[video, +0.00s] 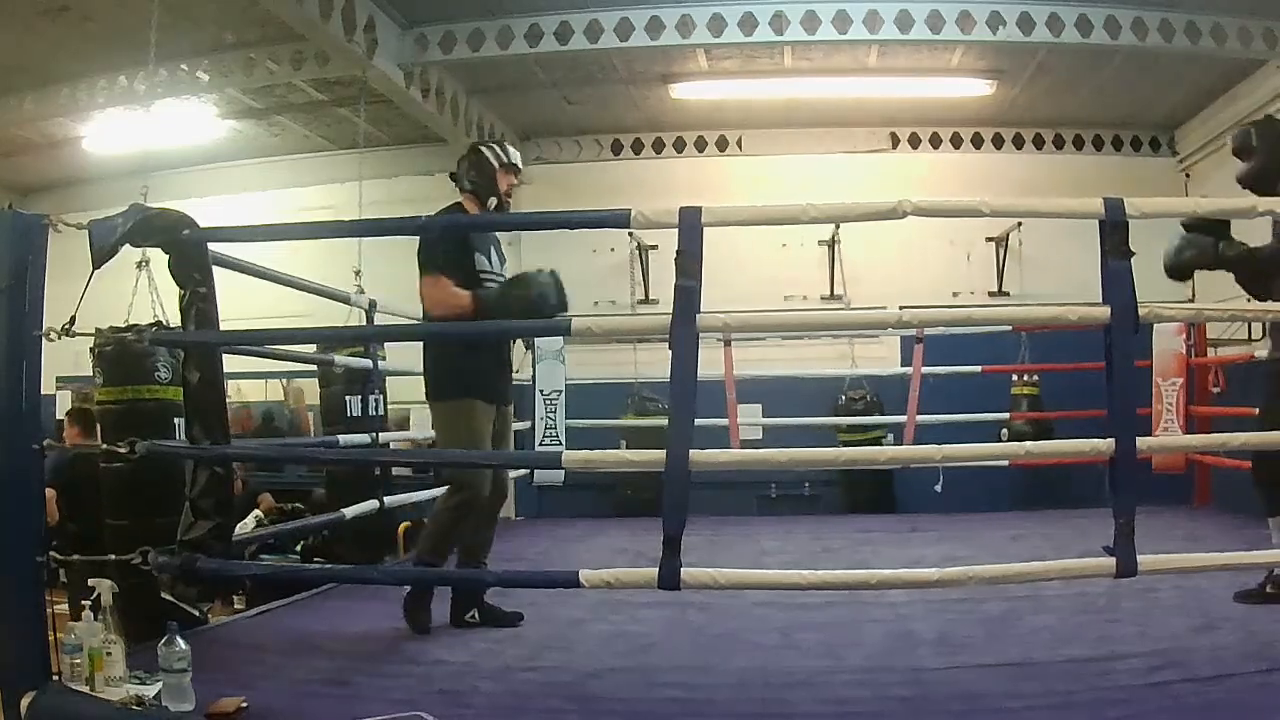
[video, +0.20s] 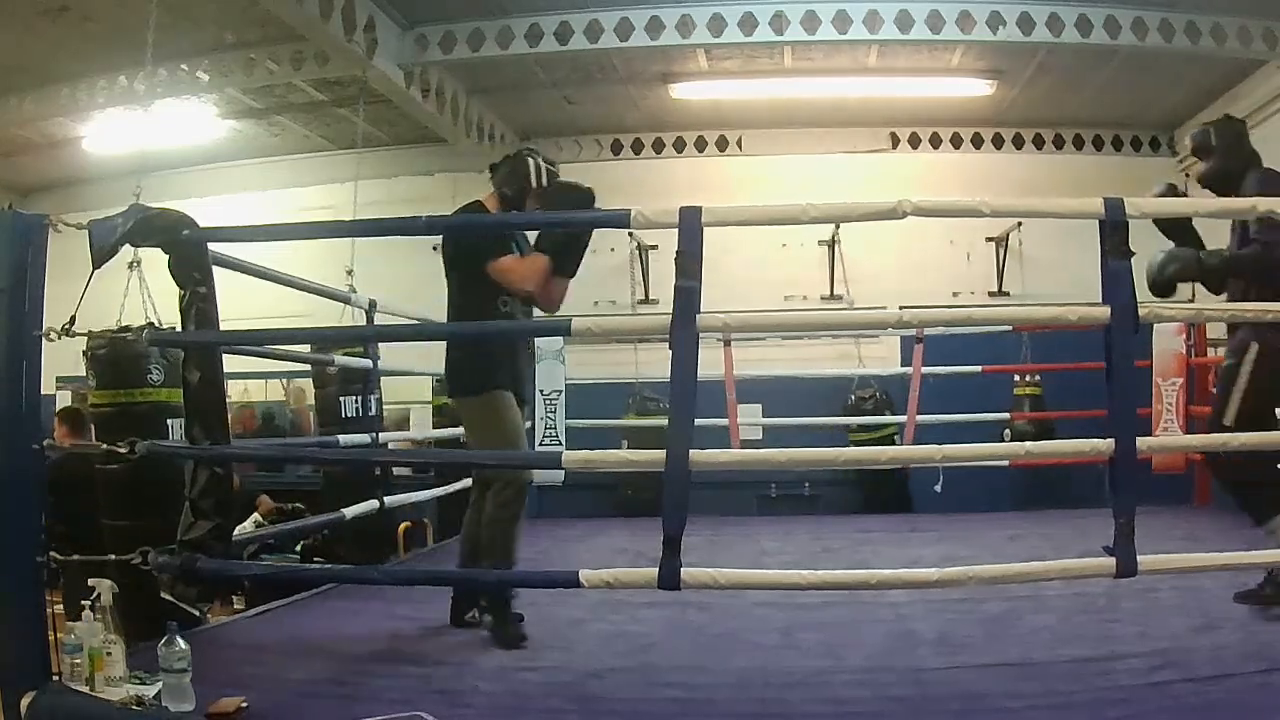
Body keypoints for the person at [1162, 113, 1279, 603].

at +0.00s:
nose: (1238, 171)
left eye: (1243, 157)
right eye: (1236, 159)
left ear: (1270, 152)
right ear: (1267, 156)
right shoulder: (1275, 213)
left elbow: (1271, 279)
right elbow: (1270, 283)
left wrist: (1227, 251)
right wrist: (1231, 248)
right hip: (1276, 358)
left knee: (1269, 459)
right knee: (1267, 457)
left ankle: (1279, 569)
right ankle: (1279, 569)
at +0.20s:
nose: (1193, 171)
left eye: (1197, 158)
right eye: (1191, 161)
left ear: (1224, 152)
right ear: (1226, 155)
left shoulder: (1263, 187)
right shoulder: (1246, 197)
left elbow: (1269, 256)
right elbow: (1224, 274)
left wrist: (1202, 264)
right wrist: (1181, 229)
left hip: (1265, 330)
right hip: (1253, 329)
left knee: (1225, 439)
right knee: (1251, 443)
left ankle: (1279, 561)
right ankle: (1278, 566)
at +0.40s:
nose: (1155, 172)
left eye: (1161, 159)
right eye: (1152, 162)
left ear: (1190, 151)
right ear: (1171, 159)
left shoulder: (1228, 195)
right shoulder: (1191, 204)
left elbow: (1197, 259)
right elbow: (1167, 276)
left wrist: (1141, 218)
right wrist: (1123, 220)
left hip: (1218, 347)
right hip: (1213, 344)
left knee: (1174, 464)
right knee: (1255, 460)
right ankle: (1278, 570)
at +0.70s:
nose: (1055, 180)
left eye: (1060, 168)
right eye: (1053, 170)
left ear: (1083, 162)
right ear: (1093, 160)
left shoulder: (1117, 204)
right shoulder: (1111, 205)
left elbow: (1088, 272)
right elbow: (1066, 272)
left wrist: (1013, 253)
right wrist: (1034, 225)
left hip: (1118, 341)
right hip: (1135, 338)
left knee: (1071, 451)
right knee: (1135, 448)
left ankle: (1065, 588)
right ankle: (1227, 534)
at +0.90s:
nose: (989, 175)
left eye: (994, 163)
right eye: (987, 165)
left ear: (1018, 157)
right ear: (1032, 154)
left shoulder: (1041, 194)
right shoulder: (1073, 191)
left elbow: (979, 240)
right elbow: (1027, 270)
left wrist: (907, 218)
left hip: (1074, 333)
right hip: (1092, 329)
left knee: (1051, 450)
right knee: (1063, 444)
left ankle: (1064, 587)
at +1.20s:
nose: (953, 203)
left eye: (956, 193)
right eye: (950, 195)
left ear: (978, 188)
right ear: (977, 190)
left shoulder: (1019, 219)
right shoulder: (989, 232)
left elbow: (1060, 274)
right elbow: (951, 289)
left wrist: (991, 261)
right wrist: (924, 233)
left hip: (1012, 355)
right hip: (1007, 355)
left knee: (943, 449)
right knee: (1005, 454)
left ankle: (1003, 552)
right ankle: (1041, 559)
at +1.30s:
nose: (943, 201)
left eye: (947, 190)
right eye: (940, 192)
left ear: (970, 185)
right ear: (963, 189)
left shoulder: (1011, 219)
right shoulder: (974, 233)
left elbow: (1048, 278)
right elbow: (936, 288)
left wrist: (986, 265)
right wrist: (910, 231)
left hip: (995, 354)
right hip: (992, 353)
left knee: (920, 448)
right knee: (1001, 455)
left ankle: (951, 566)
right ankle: (1042, 559)